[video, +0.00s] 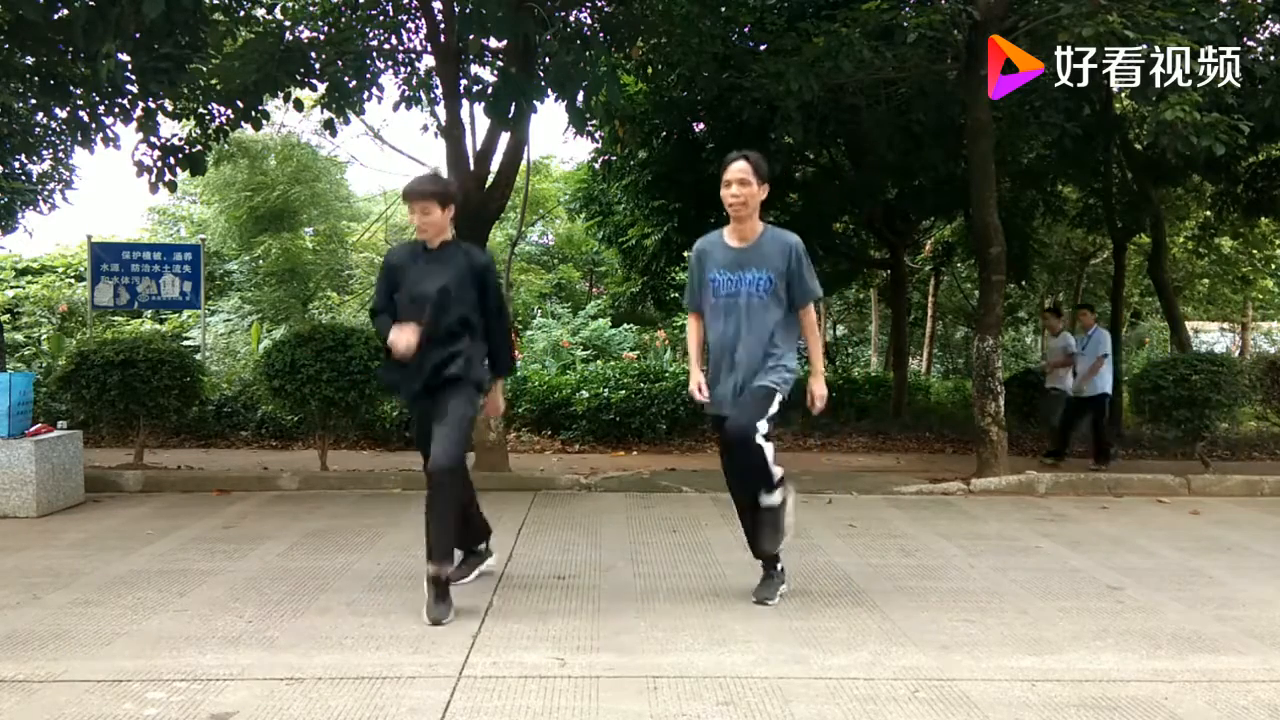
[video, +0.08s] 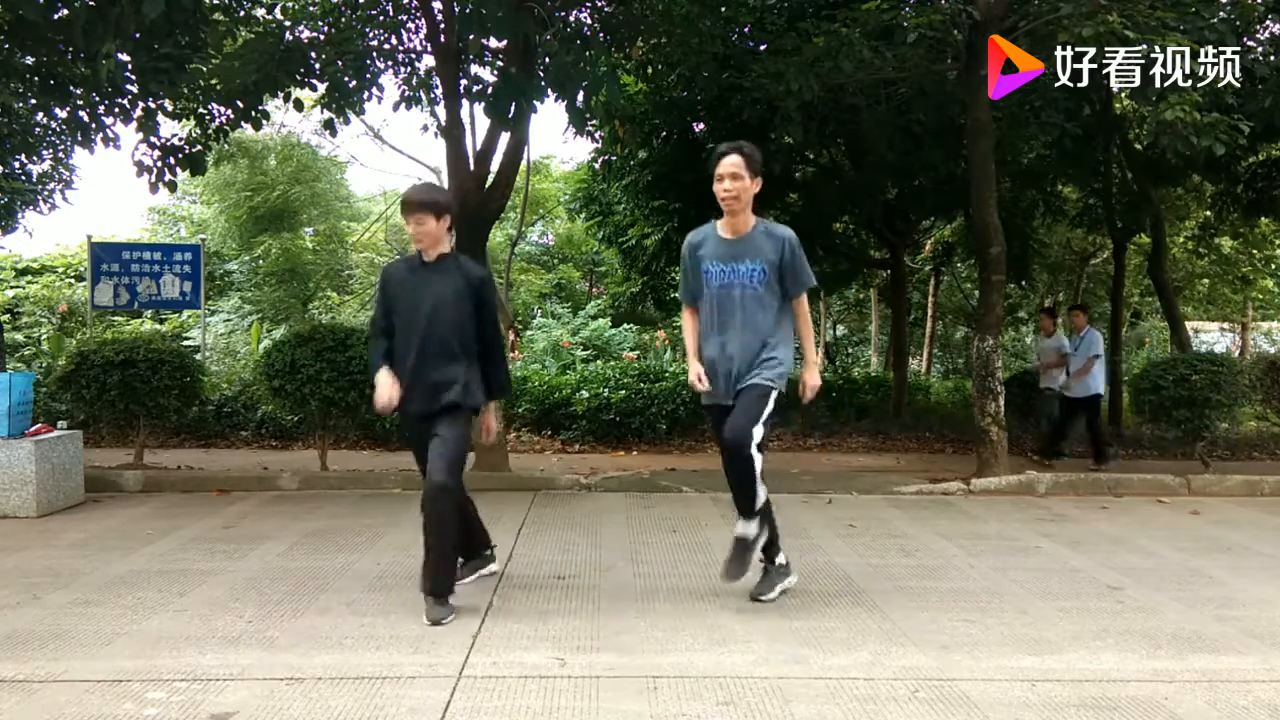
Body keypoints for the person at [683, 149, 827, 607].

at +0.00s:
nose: (734, 192)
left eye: (743, 184)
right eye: (728, 184)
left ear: (763, 191)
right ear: (720, 192)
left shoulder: (788, 246)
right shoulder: (704, 250)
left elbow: (808, 313)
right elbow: (694, 315)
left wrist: (817, 373)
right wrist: (695, 367)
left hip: (774, 367)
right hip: (724, 375)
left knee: (739, 430)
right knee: (738, 475)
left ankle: (773, 494)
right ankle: (771, 567)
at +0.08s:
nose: (726, 186)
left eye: (735, 178)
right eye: (720, 179)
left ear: (756, 184)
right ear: (713, 186)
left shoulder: (781, 241)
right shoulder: (696, 243)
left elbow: (800, 304)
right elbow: (689, 308)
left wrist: (811, 363)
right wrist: (693, 358)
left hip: (768, 363)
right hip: (718, 370)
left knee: (736, 436)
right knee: (740, 465)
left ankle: (747, 527)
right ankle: (776, 562)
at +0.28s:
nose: (707, 208)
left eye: (716, 199)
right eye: (701, 200)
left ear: (737, 206)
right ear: (694, 208)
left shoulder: (760, 264)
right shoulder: (679, 265)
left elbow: (778, 332)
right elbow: (675, 334)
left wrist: (789, 394)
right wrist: (676, 387)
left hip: (744, 400)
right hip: (698, 400)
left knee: (716, 487)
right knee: (735, 490)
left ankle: (706, 582)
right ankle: (786, 555)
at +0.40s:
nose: (689, 186)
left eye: (698, 178)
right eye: (683, 178)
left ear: (719, 184)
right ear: (675, 185)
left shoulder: (742, 242)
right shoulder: (663, 243)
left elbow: (760, 308)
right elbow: (661, 309)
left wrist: (770, 371)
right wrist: (658, 367)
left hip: (729, 386)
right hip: (678, 385)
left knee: (719, 483)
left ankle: (712, 576)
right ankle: (732, 512)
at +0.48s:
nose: (682, 191)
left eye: (692, 183)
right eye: (676, 183)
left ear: (712, 189)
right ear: (669, 191)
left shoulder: (734, 246)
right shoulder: (657, 245)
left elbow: (750, 314)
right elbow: (654, 310)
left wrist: (759, 375)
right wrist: (647, 364)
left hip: (721, 383)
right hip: (669, 380)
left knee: (712, 479)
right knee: (642, 453)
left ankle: (723, 572)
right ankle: (704, 490)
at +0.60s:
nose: (663, 190)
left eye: (673, 182)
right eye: (658, 182)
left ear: (694, 189)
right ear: (652, 190)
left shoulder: (719, 245)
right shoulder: (640, 246)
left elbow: (736, 311)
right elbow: (637, 311)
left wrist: (727, 370)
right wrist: (624, 359)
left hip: (701, 386)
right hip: (649, 380)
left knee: (709, 488)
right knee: (612, 440)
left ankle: (721, 574)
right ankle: (649, 495)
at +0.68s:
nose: (651, 182)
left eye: (661, 174)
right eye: (646, 175)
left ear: (682, 181)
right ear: (640, 182)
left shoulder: (709, 237)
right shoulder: (629, 238)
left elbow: (725, 302)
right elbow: (627, 302)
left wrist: (716, 361)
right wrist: (615, 352)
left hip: (692, 383)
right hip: (637, 379)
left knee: (707, 481)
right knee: (604, 453)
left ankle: (711, 565)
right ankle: (622, 522)